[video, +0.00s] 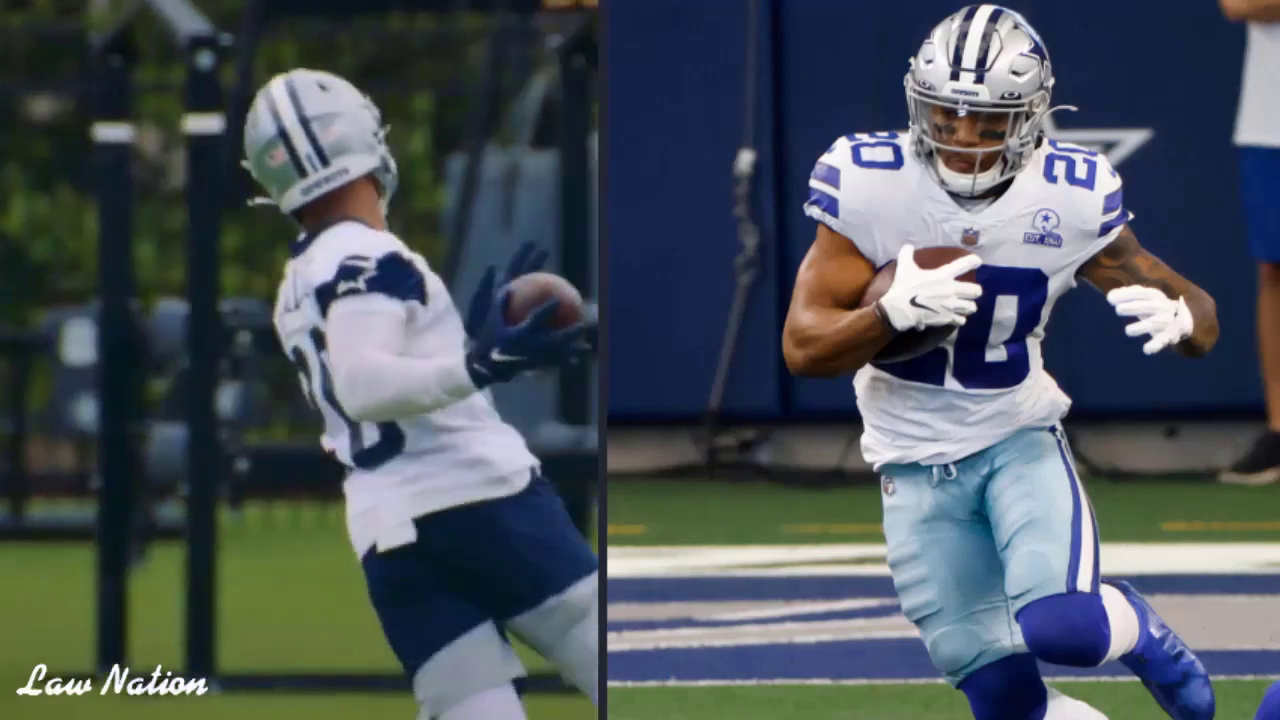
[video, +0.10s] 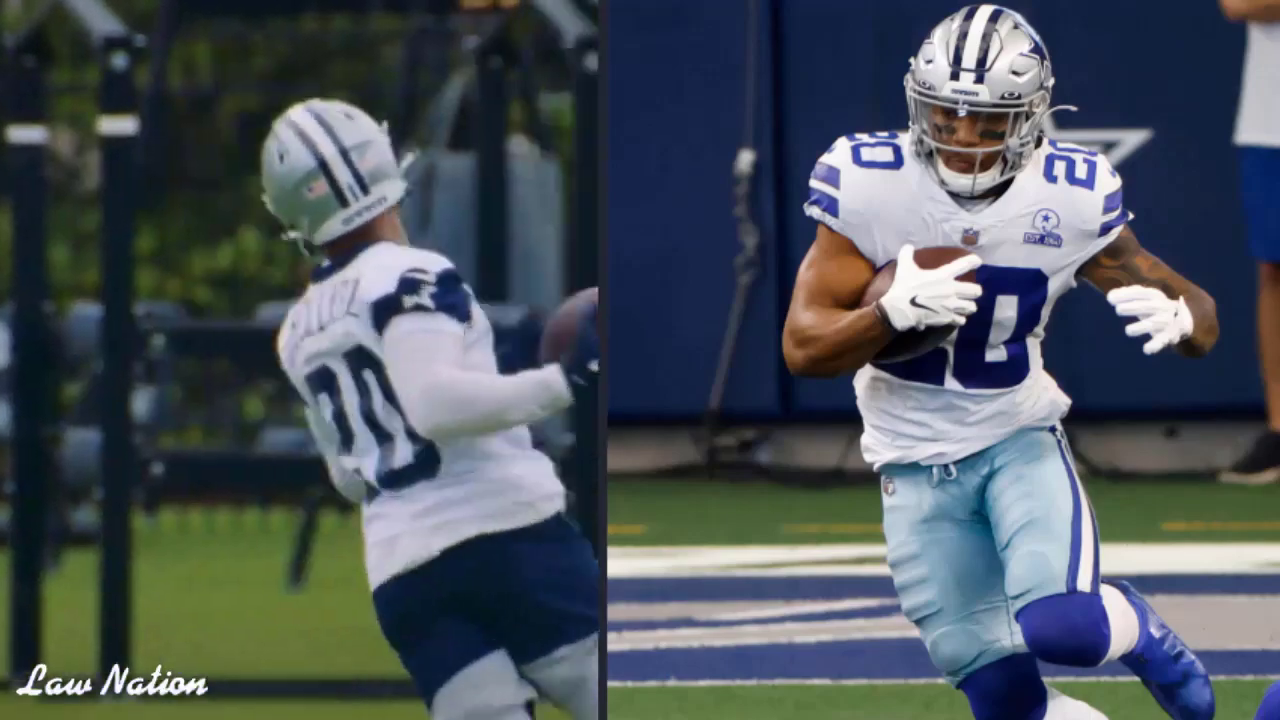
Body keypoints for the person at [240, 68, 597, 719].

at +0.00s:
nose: (385, 147)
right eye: (377, 136)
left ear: (277, 188)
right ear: (372, 148)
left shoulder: (293, 289)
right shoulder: (366, 254)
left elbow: (375, 388)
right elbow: (363, 384)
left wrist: (476, 334)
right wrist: (479, 367)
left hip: (389, 539)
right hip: (484, 502)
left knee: (476, 708)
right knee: (625, 671)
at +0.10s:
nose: (394, 172)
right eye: (389, 161)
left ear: (292, 219)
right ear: (389, 174)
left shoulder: (298, 332)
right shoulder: (410, 271)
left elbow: (348, 476)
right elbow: (435, 401)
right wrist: (565, 381)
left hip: (405, 576)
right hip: (512, 539)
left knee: (488, 708)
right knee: (609, 698)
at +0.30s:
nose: (199, 217)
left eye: (208, 201)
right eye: (196, 202)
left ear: (243, 206)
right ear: (315, 181)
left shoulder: (199, 326)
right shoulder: (399, 242)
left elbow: (203, 469)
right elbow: (537, 327)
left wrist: (288, 471)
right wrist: (516, 359)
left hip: (356, 582)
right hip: (466, 540)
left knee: (432, 707)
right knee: (535, 703)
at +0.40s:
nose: (115, 211)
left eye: (126, 193)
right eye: (112, 194)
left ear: (168, 191)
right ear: (228, 171)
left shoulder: (136, 314)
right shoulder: (323, 224)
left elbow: (163, 469)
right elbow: (458, 297)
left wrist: (204, 465)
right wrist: (478, 381)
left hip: (295, 569)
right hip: (401, 516)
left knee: (384, 706)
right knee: (490, 690)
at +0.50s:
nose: (111, 243)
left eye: (119, 227)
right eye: (111, 226)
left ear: (160, 230)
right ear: (231, 208)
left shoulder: (141, 360)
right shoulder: (321, 273)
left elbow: (184, 511)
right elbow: (459, 333)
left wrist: (150, 440)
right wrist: (519, 408)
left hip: (302, 603)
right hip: (411, 550)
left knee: (390, 707)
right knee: (527, 695)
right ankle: (507, 699)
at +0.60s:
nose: (107, 220)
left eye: (114, 204)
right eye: (106, 204)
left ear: (145, 209)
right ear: (229, 186)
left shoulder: (125, 340)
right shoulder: (310, 259)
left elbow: (146, 497)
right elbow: (440, 335)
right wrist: (511, 393)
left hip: (291, 582)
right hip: (396, 538)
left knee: (402, 712)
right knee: (446, 683)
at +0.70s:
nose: (94, 170)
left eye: (102, 154)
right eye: (93, 154)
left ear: (137, 156)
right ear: (216, 139)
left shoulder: (93, 283)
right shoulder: (298, 222)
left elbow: (88, 440)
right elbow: (408, 325)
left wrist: (98, 346)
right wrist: (467, 369)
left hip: (272, 531)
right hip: (373, 484)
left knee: (396, 692)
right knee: (359, 680)